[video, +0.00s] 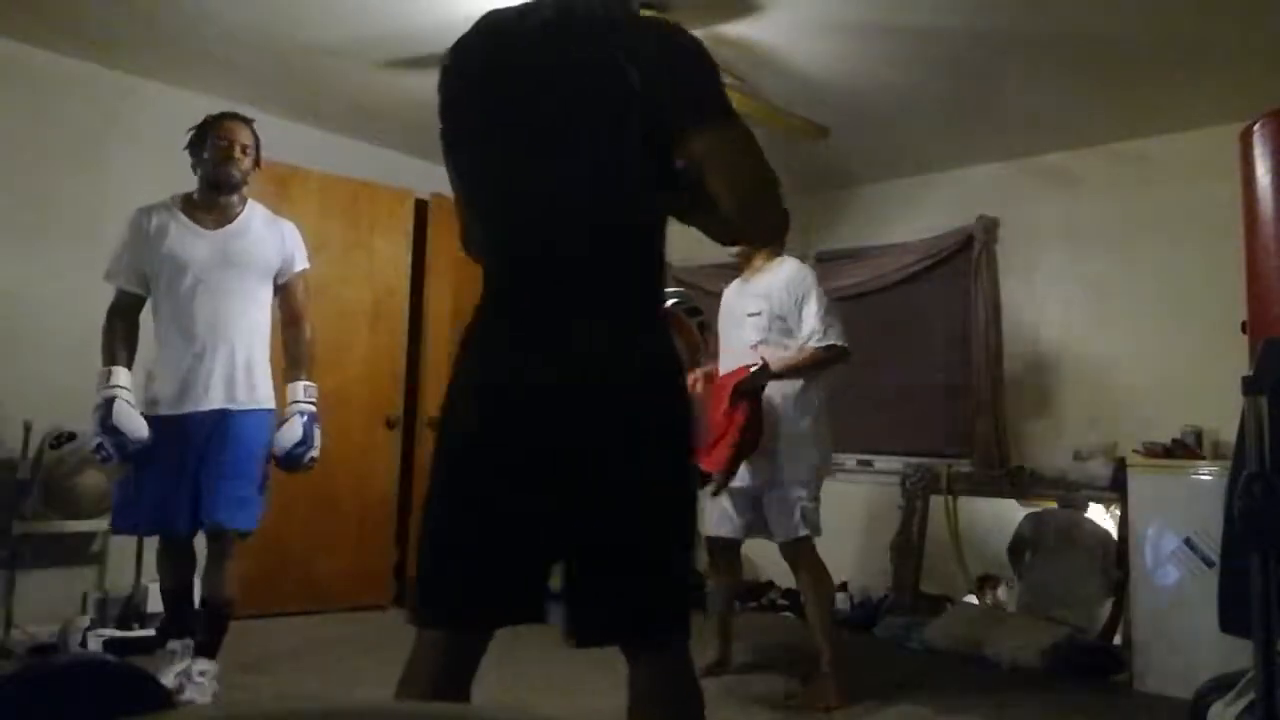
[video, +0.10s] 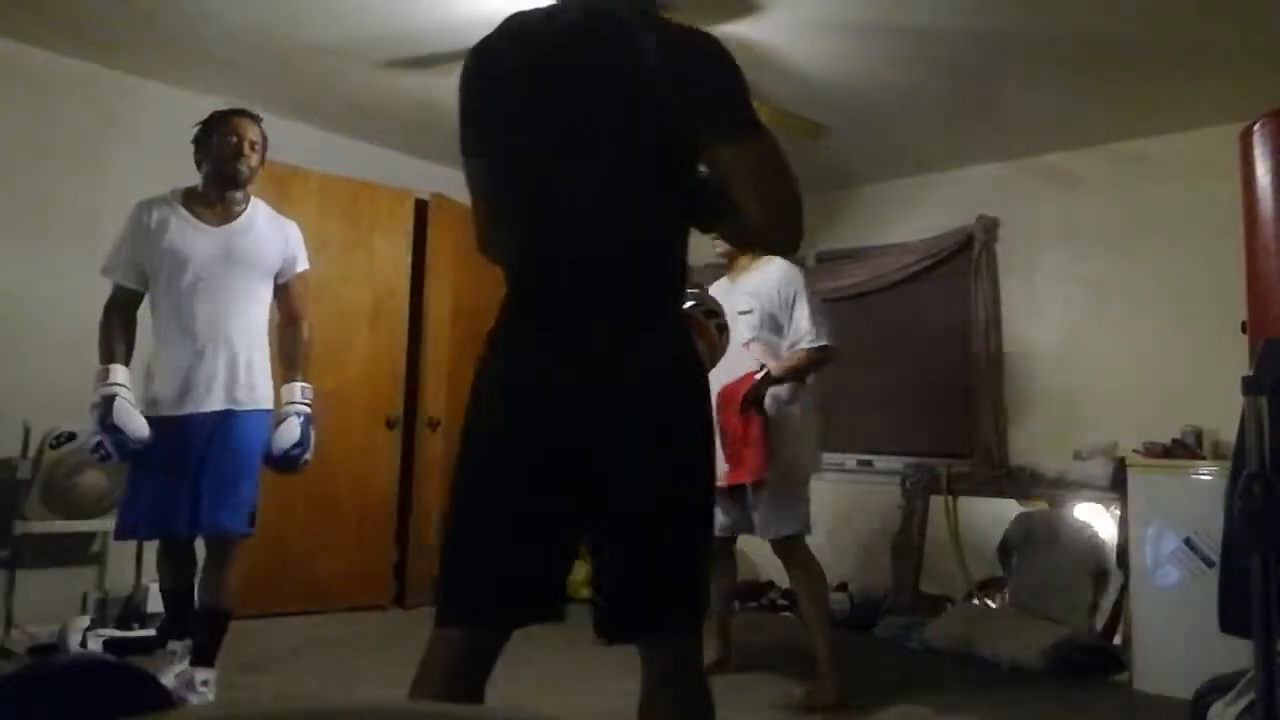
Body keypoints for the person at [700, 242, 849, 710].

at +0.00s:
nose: (733, 229)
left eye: (743, 219)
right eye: (733, 220)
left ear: (767, 226)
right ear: (741, 230)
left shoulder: (796, 275)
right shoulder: (732, 291)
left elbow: (833, 347)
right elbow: (738, 364)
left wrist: (771, 371)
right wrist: (711, 377)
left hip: (789, 443)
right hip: (738, 443)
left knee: (797, 549)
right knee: (720, 545)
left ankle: (829, 671)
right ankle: (722, 649)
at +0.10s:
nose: (717, 225)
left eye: (727, 214)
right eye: (717, 214)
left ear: (749, 217)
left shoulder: (783, 274)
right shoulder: (718, 286)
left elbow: (819, 347)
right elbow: (704, 358)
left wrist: (775, 373)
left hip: (774, 432)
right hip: (718, 433)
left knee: (787, 544)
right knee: (716, 544)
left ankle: (826, 672)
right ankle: (720, 645)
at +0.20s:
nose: (706, 230)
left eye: (713, 220)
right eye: (703, 221)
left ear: (729, 226)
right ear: (701, 232)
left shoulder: (775, 278)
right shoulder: (692, 286)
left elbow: (802, 350)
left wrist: (765, 389)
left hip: (756, 438)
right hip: (704, 439)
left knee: (778, 544)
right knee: (714, 549)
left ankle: (818, 662)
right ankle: (713, 646)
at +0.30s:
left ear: (734, 219)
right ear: (716, 221)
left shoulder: (767, 274)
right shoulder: (692, 277)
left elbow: (801, 345)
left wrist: (775, 388)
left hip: (753, 424)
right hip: (704, 424)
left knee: (760, 531)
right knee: (705, 541)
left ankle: (801, 653)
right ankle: (705, 654)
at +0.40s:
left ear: (730, 225)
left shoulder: (760, 272)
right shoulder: (683, 276)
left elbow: (797, 344)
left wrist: (776, 394)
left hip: (750, 430)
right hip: (697, 429)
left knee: (752, 540)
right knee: (702, 542)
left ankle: (784, 648)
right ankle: (701, 655)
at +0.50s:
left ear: (732, 230)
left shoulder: (759, 273)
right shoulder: (674, 280)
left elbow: (791, 347)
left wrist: (782, 403)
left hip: (745, 426)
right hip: (686, 424)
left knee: (749, 540)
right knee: (695, 538)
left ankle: (781, 646)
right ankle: (701, 653)